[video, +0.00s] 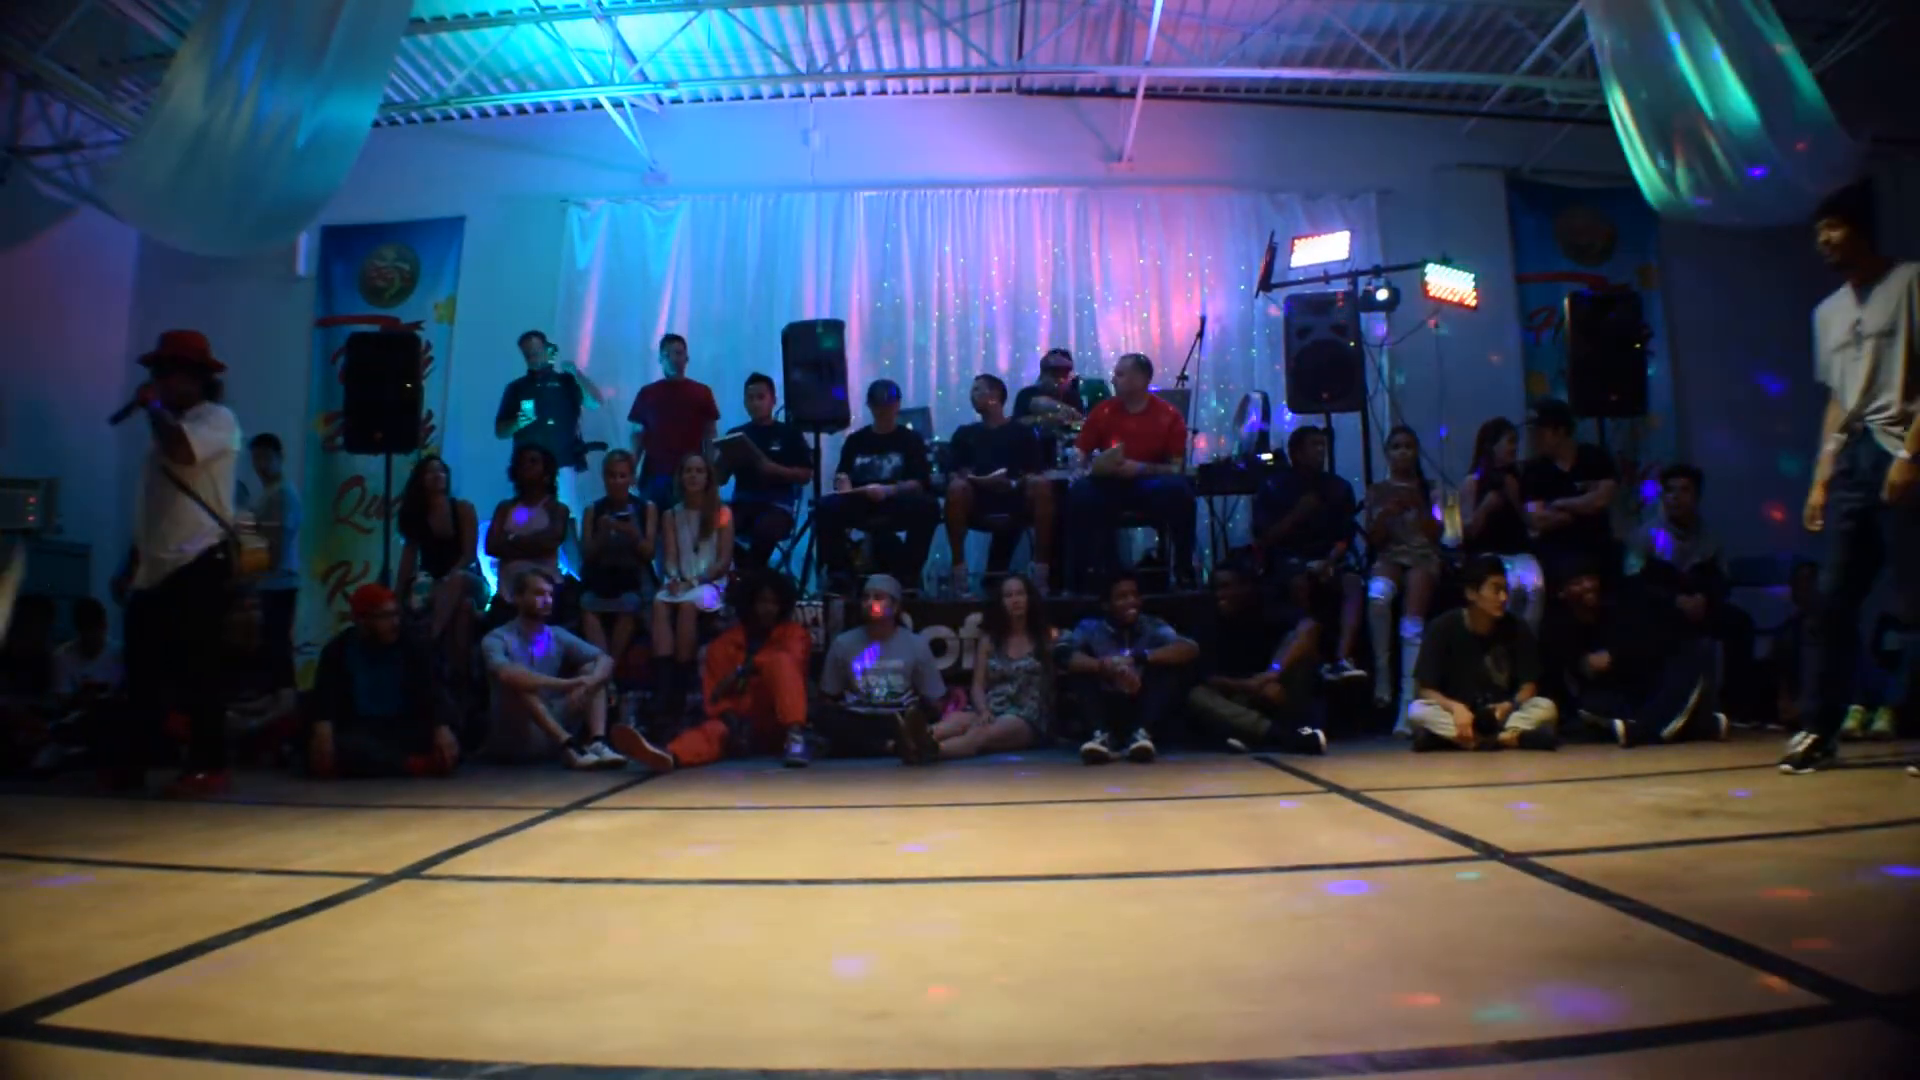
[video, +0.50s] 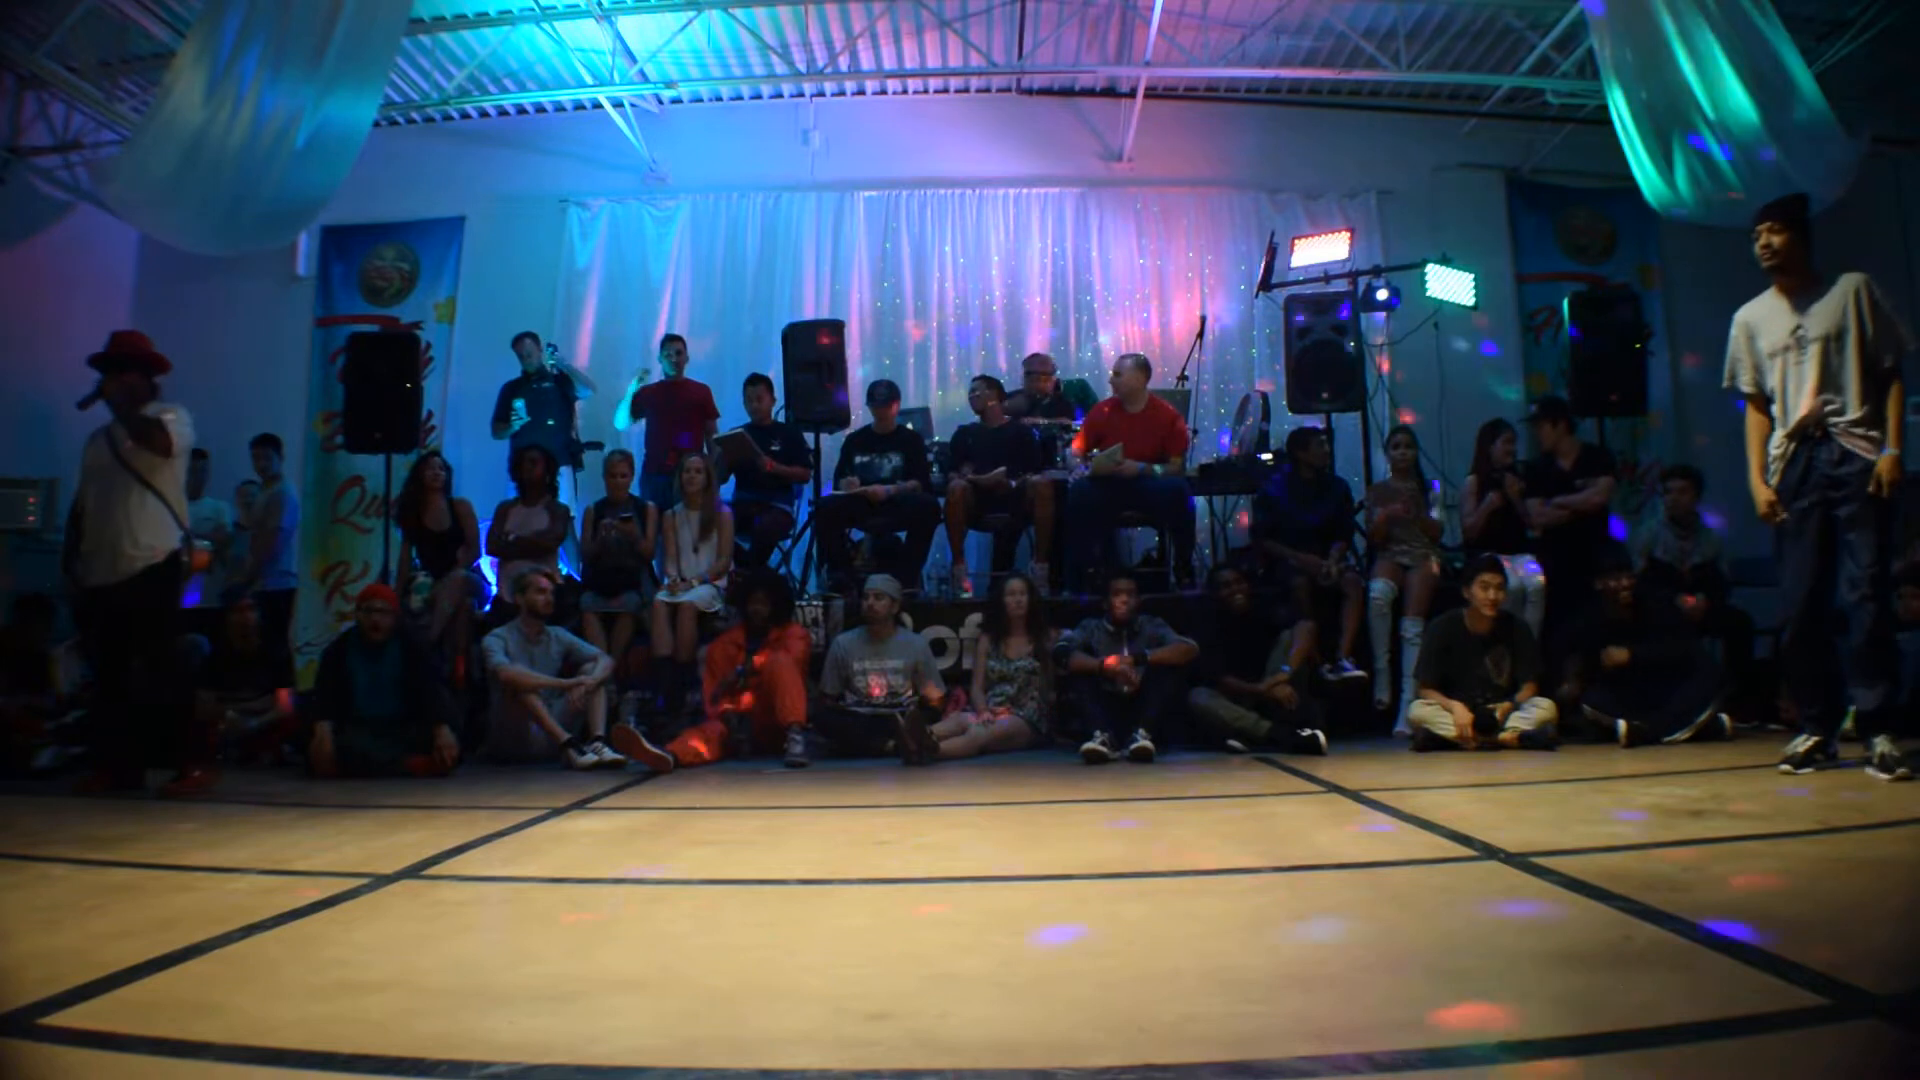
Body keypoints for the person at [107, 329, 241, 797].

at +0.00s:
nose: (160, 385)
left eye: (169, 376)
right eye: (159, 377)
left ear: (194, 378)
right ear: (165, 381)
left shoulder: (217, 418)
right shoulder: (165, 427)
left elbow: (185, 453)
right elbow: (157, 510)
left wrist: (156, 410)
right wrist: (132, 566)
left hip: (200, 566)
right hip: (158, 571)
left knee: (198, 672)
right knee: (144, 674)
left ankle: (208, 766)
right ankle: (133, 765)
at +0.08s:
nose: (148, 385)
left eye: (157, 376)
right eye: (148, 377)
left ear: (185, 378)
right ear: (160, 381)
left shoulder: (211, 419)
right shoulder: (154, 435)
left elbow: (177, 449)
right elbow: (142, 516)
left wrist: (148, 406)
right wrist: (114, 573)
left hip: (195, 569)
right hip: (149, 576)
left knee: (198, 674)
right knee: (135, 677)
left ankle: (208, 766)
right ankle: (126, 768)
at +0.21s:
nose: (136, 384)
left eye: (146, 374)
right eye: (136, 375)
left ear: (174, 378)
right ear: (143, 382)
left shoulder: (198, 418)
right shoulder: (136, 428)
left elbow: (168, 443)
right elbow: (126, 506)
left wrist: (137, 405)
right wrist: (103, 563)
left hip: (180, 567)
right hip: (131, 573)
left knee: (190, 671)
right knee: (125, 675)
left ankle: (206, 765)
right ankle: (122, 767)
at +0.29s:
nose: (128, 383)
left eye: (137, 374)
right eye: (126, 375)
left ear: (163, 377)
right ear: (130, 382)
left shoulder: (189, 418)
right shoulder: (127, 429)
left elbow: (167, 444)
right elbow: (115, 501)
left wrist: (129, 404)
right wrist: (97, 554)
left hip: (170, 572)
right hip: (124, 577)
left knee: (179, 675)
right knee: (119, 679)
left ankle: (204, 764)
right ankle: (118, 768)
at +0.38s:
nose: (116, 382)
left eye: (125, 374)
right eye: (113, 374)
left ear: (152, 378)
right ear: (117, 384)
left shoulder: (182, 418)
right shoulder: (114, 436)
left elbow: (163, 444)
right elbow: (100, 506)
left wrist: (125, 404)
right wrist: (86, 563)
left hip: (162, 571)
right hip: (113, 577)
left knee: (168, 673)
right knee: (114, 679)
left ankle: (200, 764)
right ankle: (117, 769)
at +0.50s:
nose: (107, 386)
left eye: (115, 377)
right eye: (106, 378)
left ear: (142, 379)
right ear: (107, 385)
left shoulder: (172, 417)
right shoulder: (99, 440)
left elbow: (163, 443)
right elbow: (83, 507)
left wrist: (117, 405)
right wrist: (72, 561)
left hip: (154, 570)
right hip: (103, 576)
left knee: (158, 672)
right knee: (110, 678)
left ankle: (183, 762)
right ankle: (115, 766)